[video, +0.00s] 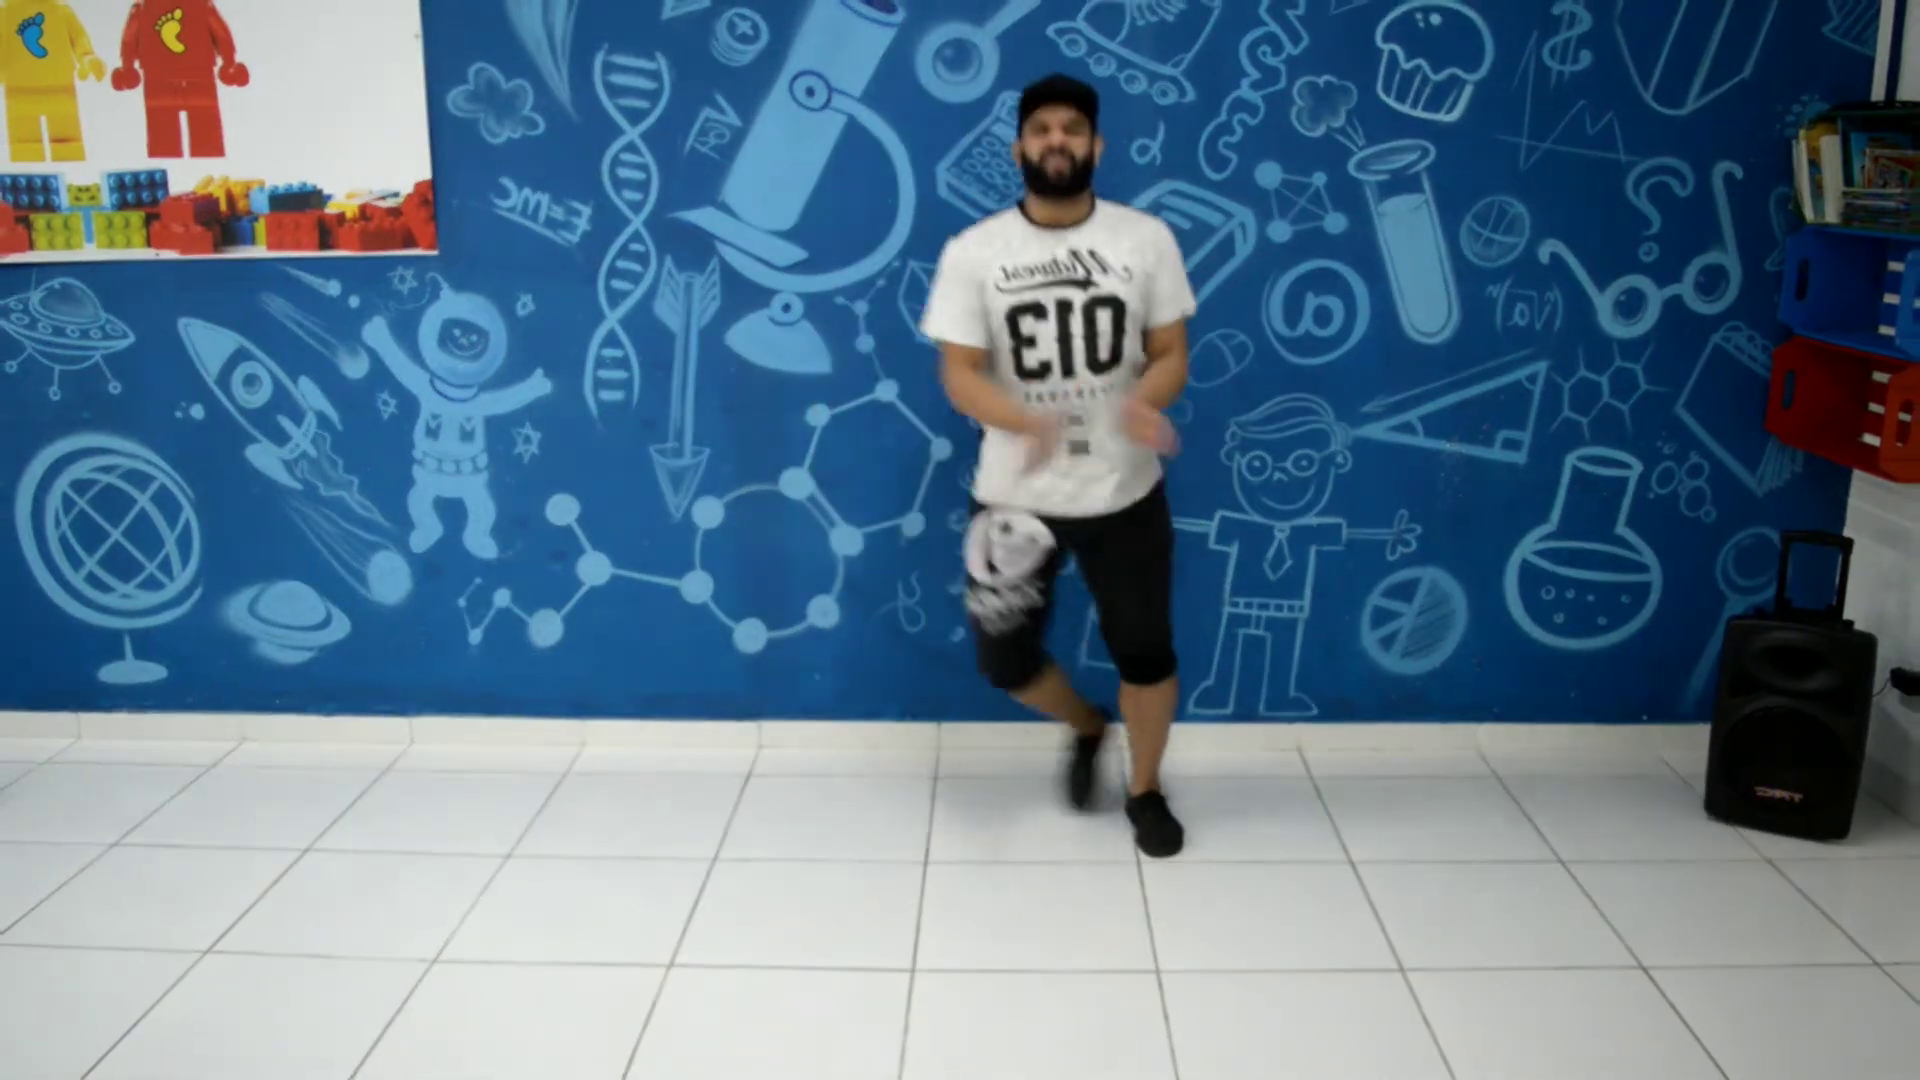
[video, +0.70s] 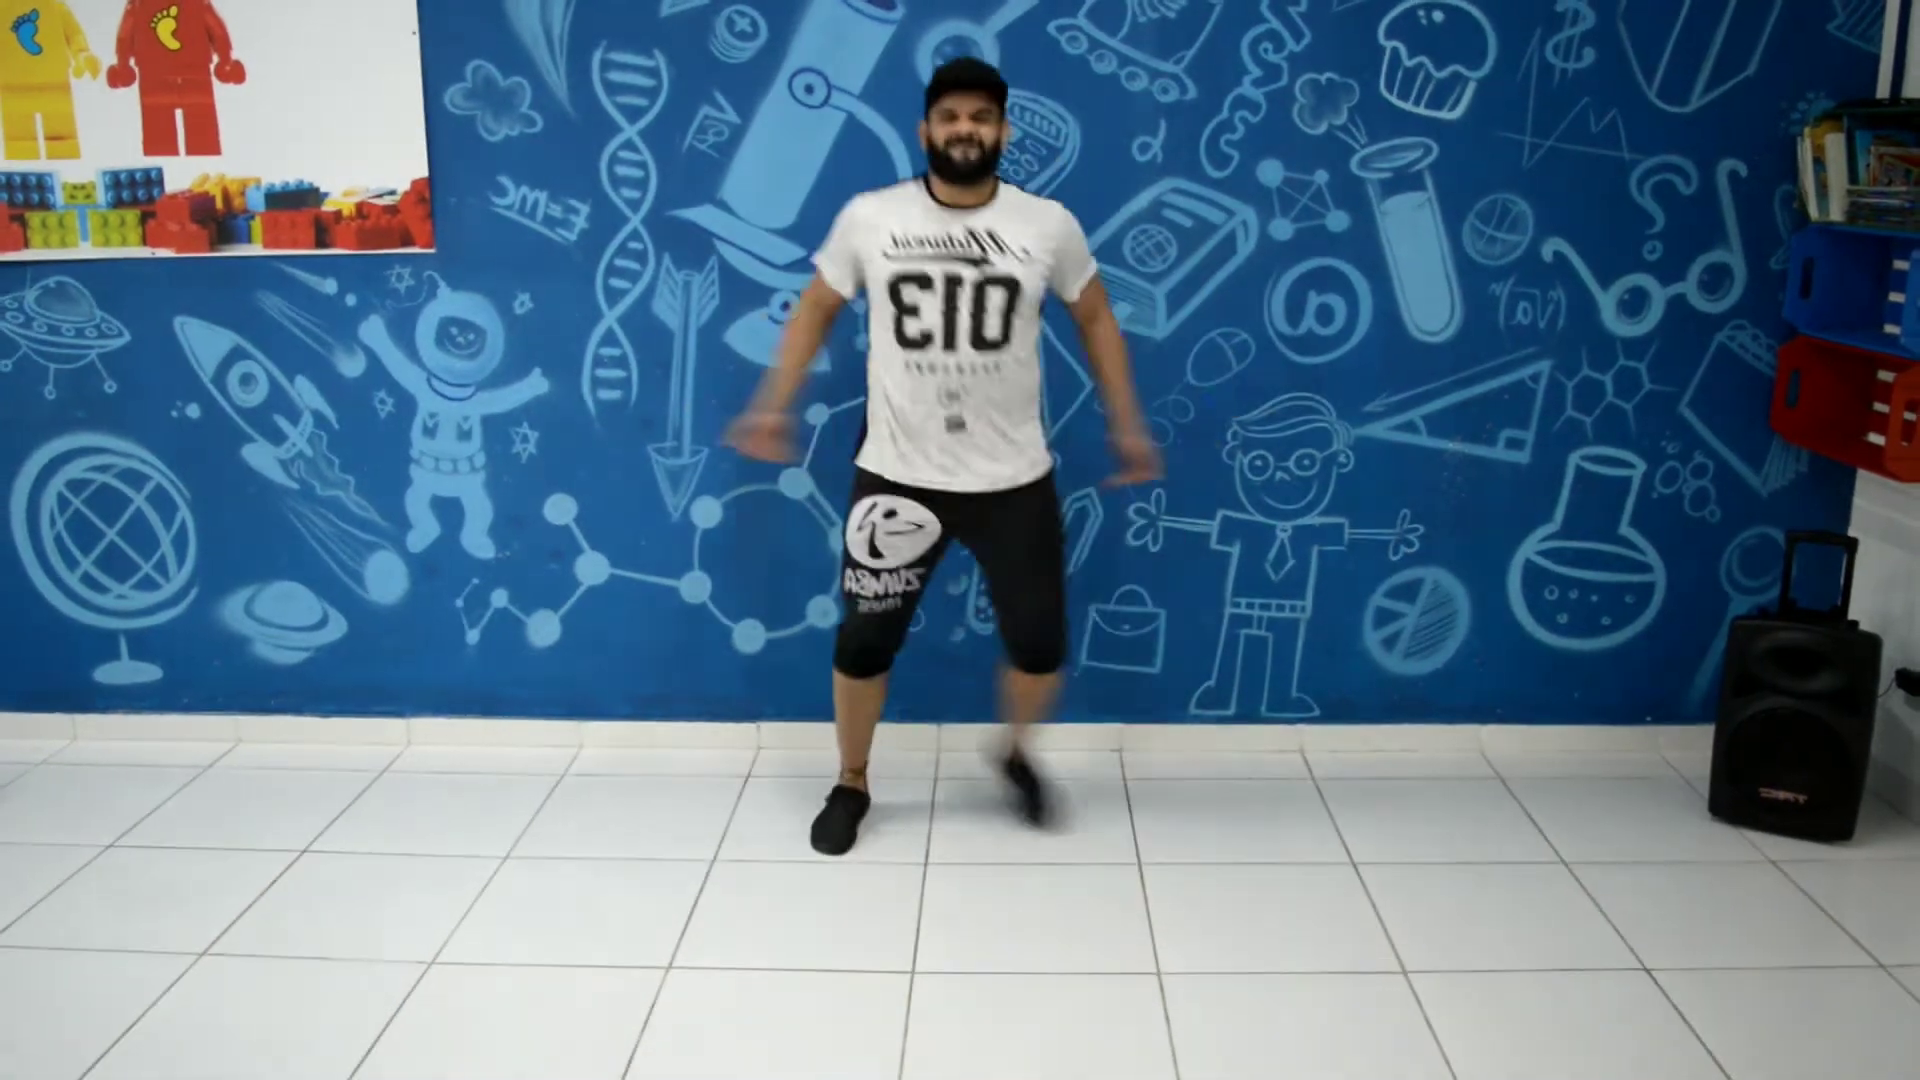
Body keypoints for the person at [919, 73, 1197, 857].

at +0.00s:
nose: (1057, 143)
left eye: (1072, 131)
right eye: (1042, 131)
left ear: (1095, 147)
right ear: (1020, 148)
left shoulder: (1146, 241)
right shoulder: (973, 254)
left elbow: (1171, 356)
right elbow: (960, 380)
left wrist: (1141, 401)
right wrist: (1023, 418)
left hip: (1123, 489)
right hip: (1017, 490)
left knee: (1145, 654)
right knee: (1005, 658)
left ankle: (1146, 788)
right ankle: (1090, 724)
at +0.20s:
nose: (1060, 169)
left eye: (1074, 153)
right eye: (1044, 154)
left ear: (1100, 157)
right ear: (1021, 162)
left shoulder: (1148, 253)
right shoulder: (976, 264)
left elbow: (1182, 359)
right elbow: (945, 373)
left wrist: (1199, 409)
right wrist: (963, 413)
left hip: (1127, 496)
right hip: (1022, 502)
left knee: (1148, 656)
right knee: (1017, 671)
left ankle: (1148, 790)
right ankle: (1097, 738)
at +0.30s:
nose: (1045, 148)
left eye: (1059, 132)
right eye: (1027, 136)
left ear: (1082, 139)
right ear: (1005, 148)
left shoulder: (1138, 235)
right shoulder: (959, 250)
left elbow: (1195, 327)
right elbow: (904, 347)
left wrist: (1232, 395)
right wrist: (870, 416)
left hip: (1110, 487)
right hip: (999, 487)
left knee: (1132, 647)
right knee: (960, 655)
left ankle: (1146, 791)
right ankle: (1004, 745)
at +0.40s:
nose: (1024, 160)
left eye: (1037, 145)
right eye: (1006, 149)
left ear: (1063, 157)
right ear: (983, 168)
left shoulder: (1119, 247)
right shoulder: (938, 263)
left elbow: (1185, 315)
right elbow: (857, 333)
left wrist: (1240, 381)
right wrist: (780, 400)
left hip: (1093, 500)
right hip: (977, 501)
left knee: (1134, 662)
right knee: (908, 655)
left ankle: (1145, 798)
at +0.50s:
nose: (1000, 184)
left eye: (1016, 170)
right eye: (983, 172)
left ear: (1041, 183)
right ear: (960, 188)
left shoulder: (1092, 274)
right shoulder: (909, 283)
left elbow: (1143, 338)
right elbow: (839, 334)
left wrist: (1173, 408)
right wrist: (820, 414)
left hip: (1063, 521)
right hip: (943, 520)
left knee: (1117, 673)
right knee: (868, 670)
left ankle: (1145, 797)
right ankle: (850, 793)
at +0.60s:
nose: (980, 160)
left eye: (995, 147)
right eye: (962, 148)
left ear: (1018, 160)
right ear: (939, 163)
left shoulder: (1066, 257)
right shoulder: (887, 256)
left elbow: (1101, 326)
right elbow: (847, 324)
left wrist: (1063, 429)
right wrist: (871, 424)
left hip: (1028, 495)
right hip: (912, 491)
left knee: (1081, 652)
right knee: (861, 655)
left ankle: (1121, 792)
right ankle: (849, 790)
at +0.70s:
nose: (965, 130)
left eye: (981, 118)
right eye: (950, 116)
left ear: (1004, 132)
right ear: (925, 129)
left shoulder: (1048, 227)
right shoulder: (870, 219)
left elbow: (1096, 319)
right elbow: (815, 309)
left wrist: (1126, 425)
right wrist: (775, 406)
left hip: (1013, 475)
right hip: (898, 470)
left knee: (1041, 645)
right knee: (864, 638)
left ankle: (1016, 753)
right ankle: (850, 783)